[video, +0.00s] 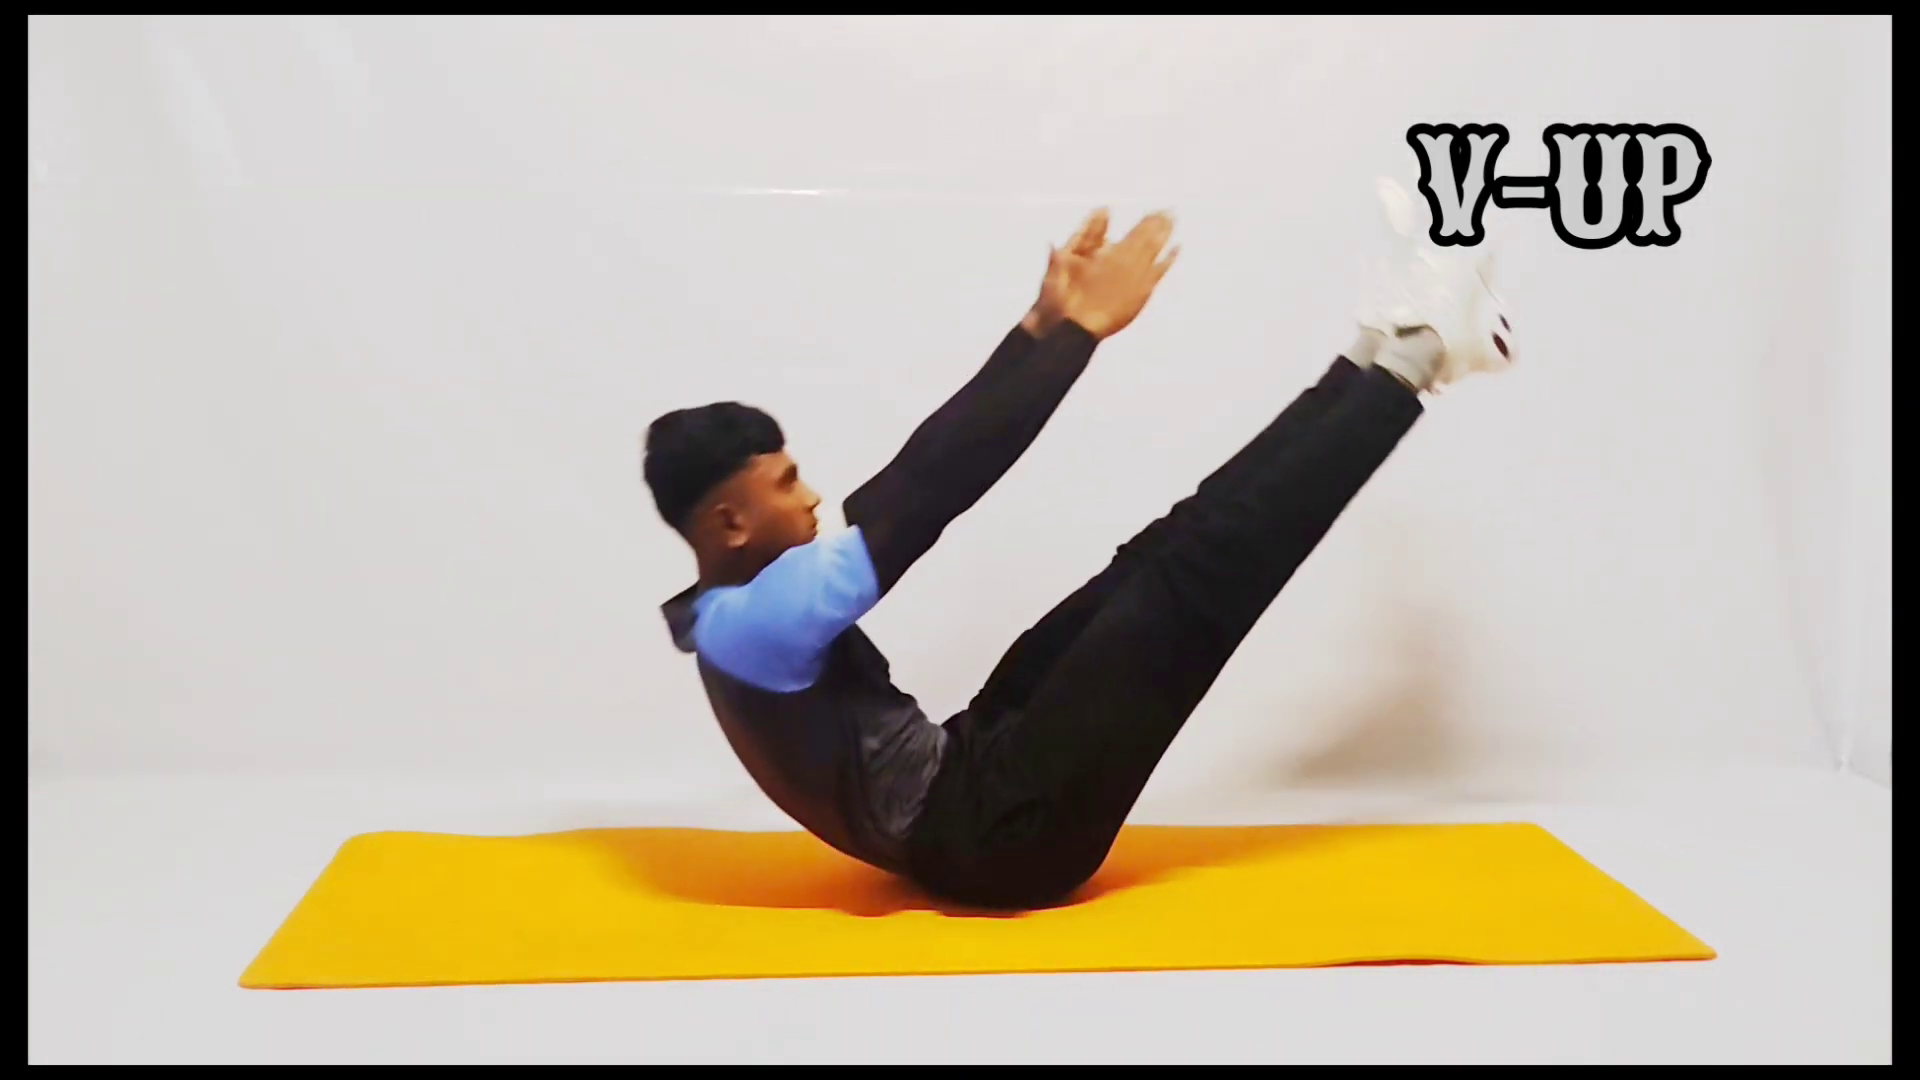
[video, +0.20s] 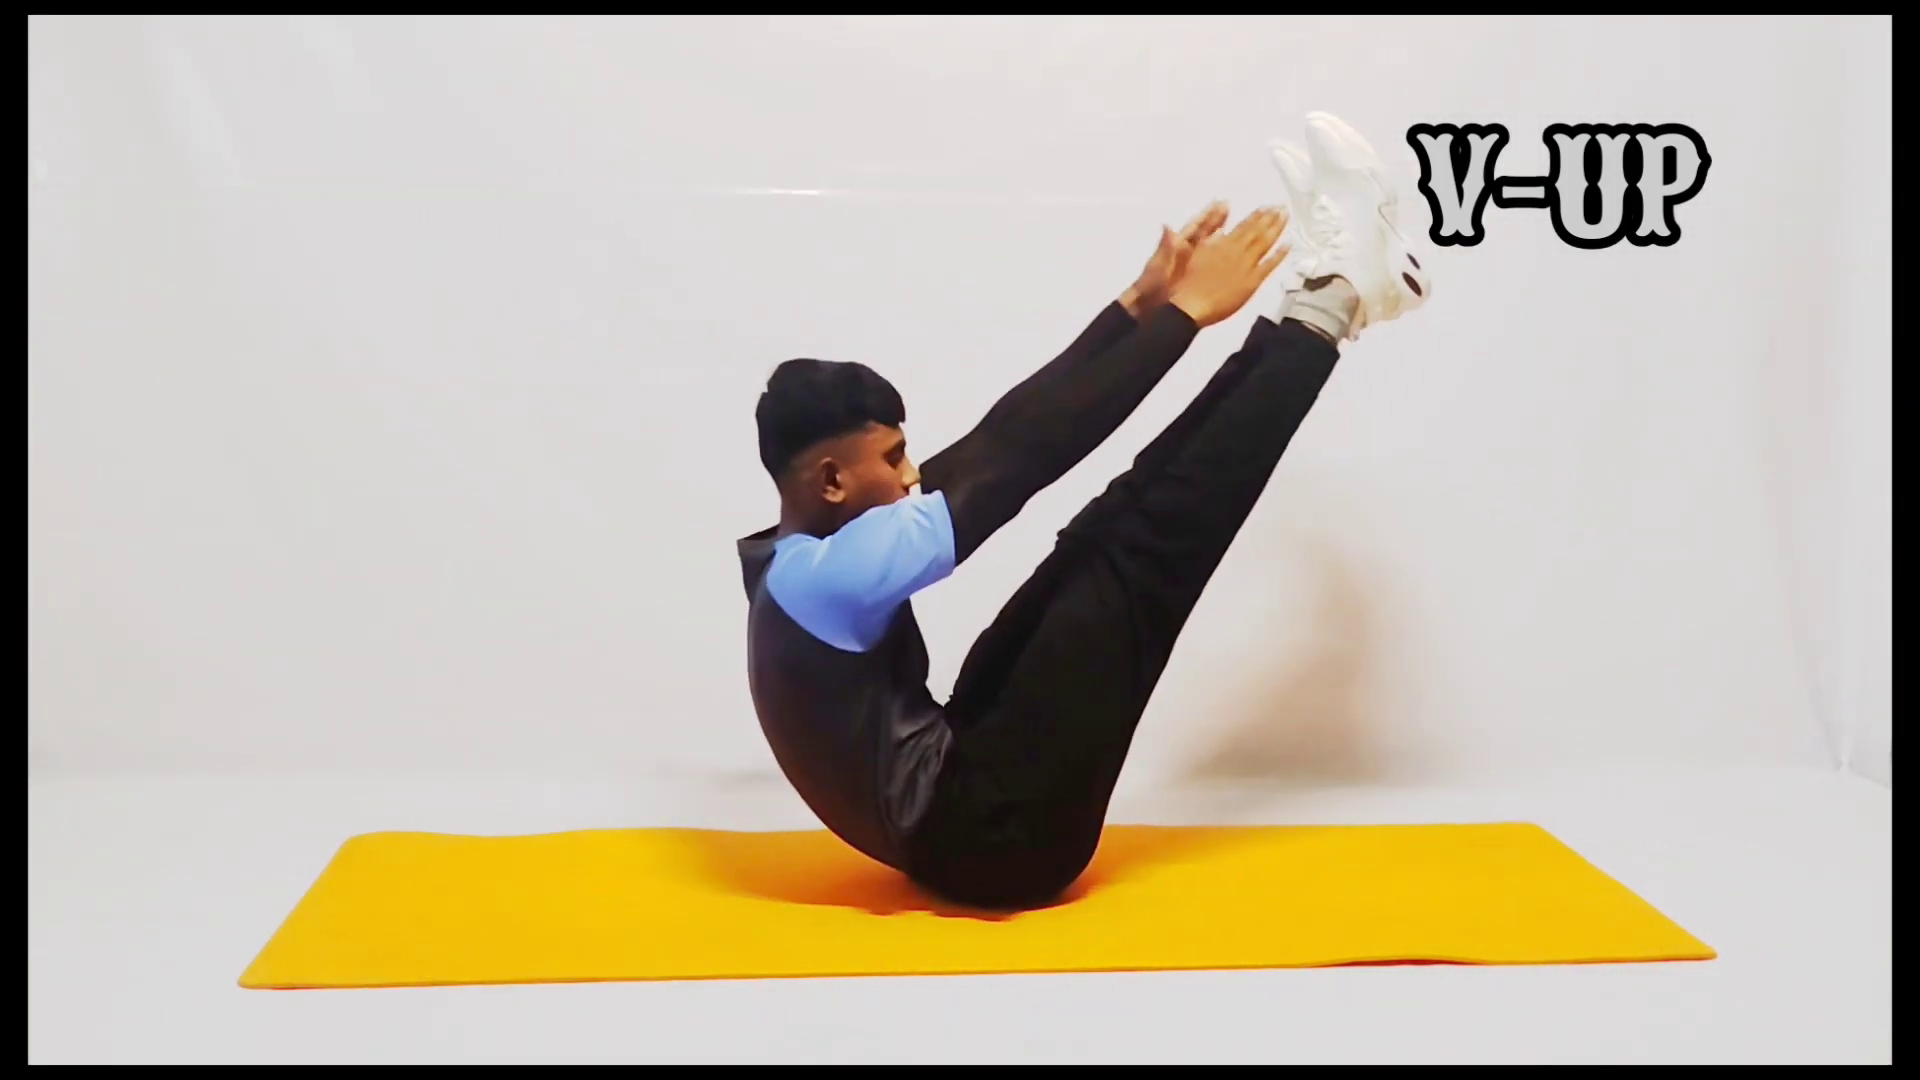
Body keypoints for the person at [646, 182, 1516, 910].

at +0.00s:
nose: (807, 496)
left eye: (793, 477)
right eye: (782, 486)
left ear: (730, 519)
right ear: (720, 526)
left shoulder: (751, 603)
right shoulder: (758, 619)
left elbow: (915, 483)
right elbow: (925, 494)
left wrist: (1038, 332)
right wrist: (1075, 336)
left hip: (978, 797)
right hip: (994, 840)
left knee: (1158, 570)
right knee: (1178, 582)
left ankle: (1384, 358)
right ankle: (1404, 364)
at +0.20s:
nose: (913, 481)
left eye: (903, 458)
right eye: (893, 459)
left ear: (827, 478)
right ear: (829, 479)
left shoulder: (821, 557)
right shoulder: (831, 573)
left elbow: (1000, 448)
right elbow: (1028, 454)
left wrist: (1138, 309)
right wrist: (1181, 314)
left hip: (972, 794)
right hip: (990, 833)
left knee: (1112, 536)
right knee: (1130, 553)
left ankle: (1317, 301)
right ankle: (1323, 307)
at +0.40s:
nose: (882, 486)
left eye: (871, 463)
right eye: (863, 465)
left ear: (798, 486)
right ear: (796, 487)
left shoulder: (793, 575)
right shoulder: (801, 590)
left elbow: (980, 468)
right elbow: (989, 479)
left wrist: (1129, 324)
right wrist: (1150, 331)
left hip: (970, 799)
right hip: (988, 834)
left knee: (1134, 548)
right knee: (1148, 567)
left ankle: (1371, 342)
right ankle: (1369, 344)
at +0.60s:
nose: (771, 539)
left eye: (766, 513)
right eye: (747, 523)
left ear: (706, 539)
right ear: (681, 548)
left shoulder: (708, 641)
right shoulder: (714, 652)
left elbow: (820, 487)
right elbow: (829, 505)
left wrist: (898, 296)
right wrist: (933, 298)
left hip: (964, 784)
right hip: (976, 833)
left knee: (1212, 610)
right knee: (1222, 637)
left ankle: (1499, 484)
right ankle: (1500, 482)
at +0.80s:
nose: (665, 614)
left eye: (651, 598)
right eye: (641, 602)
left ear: (582, 636)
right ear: (611, 625)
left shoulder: (661, 709)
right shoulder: (641, 741)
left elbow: (648, 523)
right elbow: (651, 522)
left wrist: (606, 329)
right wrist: (599, 325)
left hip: (969, 780)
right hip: (967, 830)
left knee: (1255, 698)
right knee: (1261, 728)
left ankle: (1555, 646)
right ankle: (1569, 664)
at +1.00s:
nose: (599, 660)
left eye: (586, 643)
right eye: (575, 658)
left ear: (588, 673)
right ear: (547, 710)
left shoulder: (647, 757)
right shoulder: (610, 811)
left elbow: (516, 617)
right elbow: (471, 647)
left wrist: (381, 477)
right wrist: (338, 497)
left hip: (985, 767)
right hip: (978, 827)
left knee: (1272, 744)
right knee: (1266, 762)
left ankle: (1566, 740)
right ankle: (1571, 755)